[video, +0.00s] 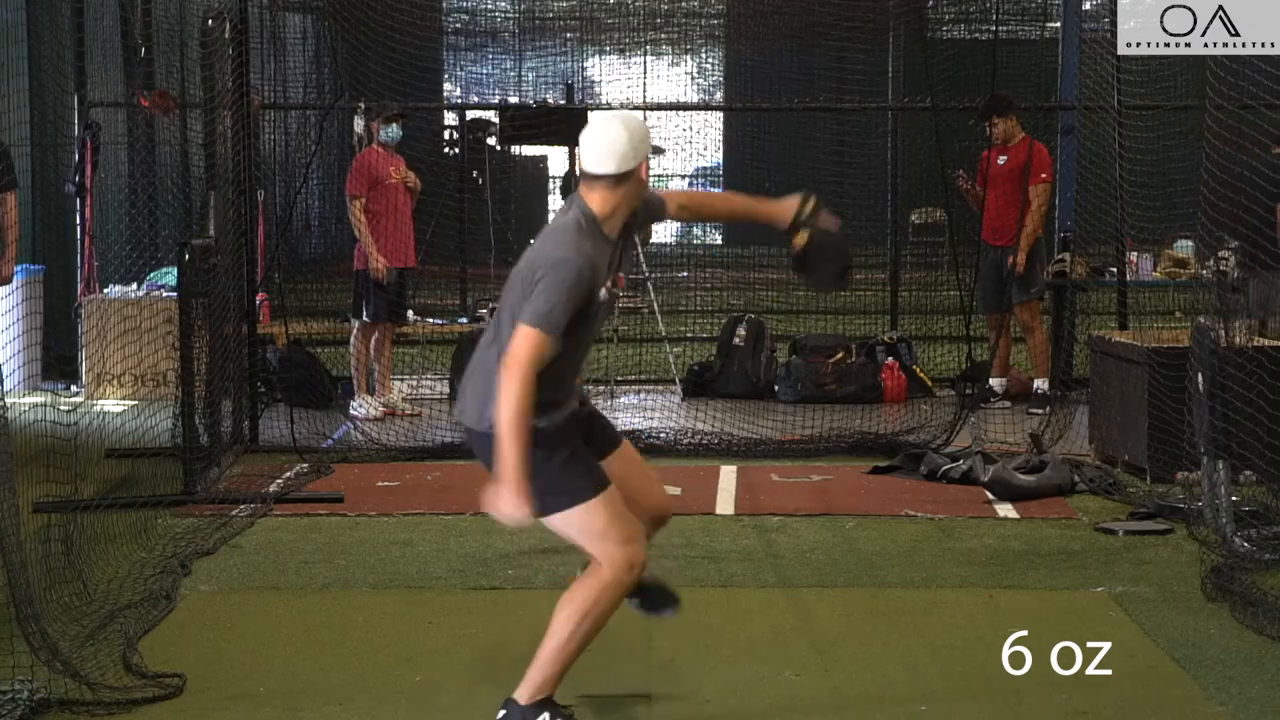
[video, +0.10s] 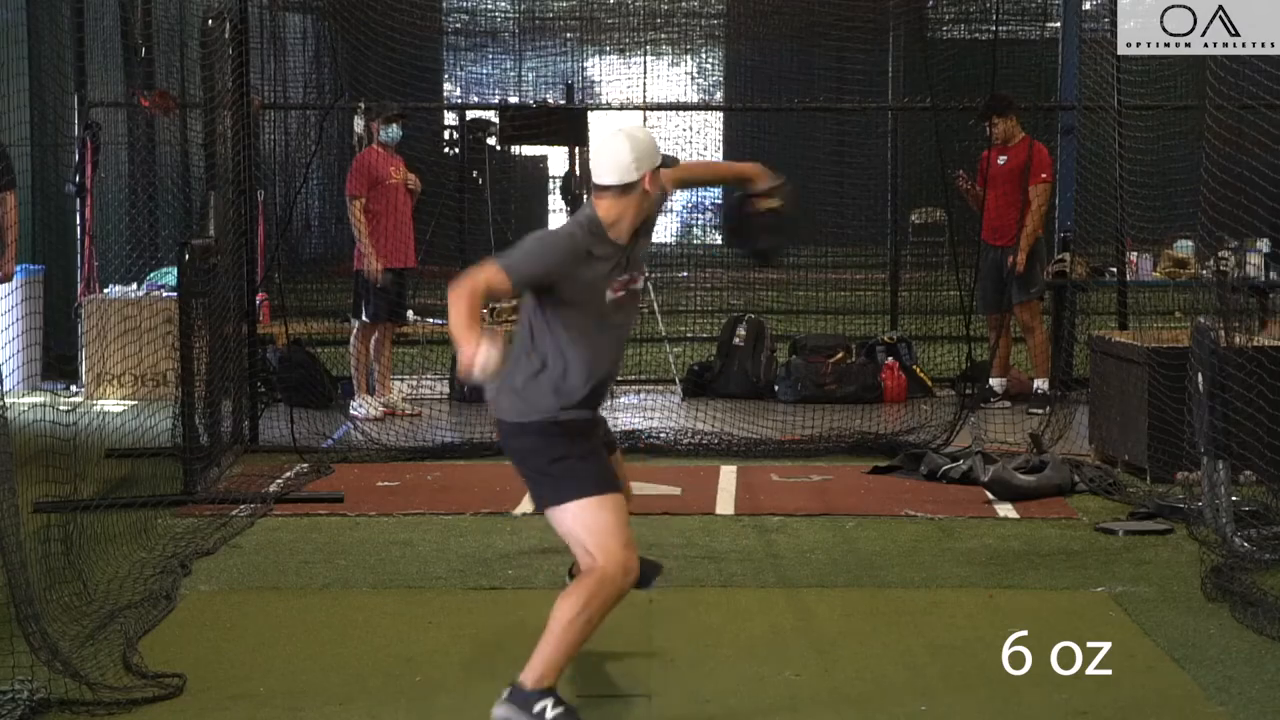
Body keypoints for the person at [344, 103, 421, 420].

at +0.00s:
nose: (394, 129)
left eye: (397, 123)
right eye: (387, 124)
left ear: (400, 128)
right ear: (373, 127)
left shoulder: (399, 163)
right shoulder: (365, 160)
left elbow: (405, 206)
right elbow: (355, 209)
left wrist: (415, 187)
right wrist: (373, 253)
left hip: (398, 258)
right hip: (374, 257)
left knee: (387, 327)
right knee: (366, 326)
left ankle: (384, 394)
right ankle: (360, 397)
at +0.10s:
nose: (394, 129)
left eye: (397, 124)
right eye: (388, 124)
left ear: (399, 128)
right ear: (373, 127)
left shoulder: (398, 163)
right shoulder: (365, 160)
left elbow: (401, 209)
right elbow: (355, 210)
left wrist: (415, 191)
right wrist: (369, 253)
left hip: (398, 258)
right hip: (374, 259)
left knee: (387, 328)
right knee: (366, 327)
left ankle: (384, 394)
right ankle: (360, 397)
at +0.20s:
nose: (395, 130)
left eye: (398, 124)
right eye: (388, 124)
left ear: (400, 129)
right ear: (373, 127)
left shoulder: (398, 164)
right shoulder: (365, 161)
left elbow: (401, 206)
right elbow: (356, 210)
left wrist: (414, 189)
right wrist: (361, 255)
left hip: (398, 259)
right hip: (374, 259)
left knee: (387, 328)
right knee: (366, 328)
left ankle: (384, 395)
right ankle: (360, 397)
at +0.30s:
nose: (397, 130)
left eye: (400, 124)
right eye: (390, 125)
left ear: (402, 129)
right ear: (375, 127)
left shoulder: (398, 164)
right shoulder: (366, 161)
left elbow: (401, 208)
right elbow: (356, 212)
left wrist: (413, 189)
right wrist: (358, 256)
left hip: (398, 260)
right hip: (374, 261)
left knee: (386, 329)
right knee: (366, 328)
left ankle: (384, 395)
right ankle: (359, 397)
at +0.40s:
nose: (399, 130)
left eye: (401, 125)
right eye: (392, 125)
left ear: (404, 129)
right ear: (376, 127)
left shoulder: (399, 165)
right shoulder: (367, 161)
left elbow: (400, 209)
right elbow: (356, 212)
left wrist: (415, 190)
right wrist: (359, 257)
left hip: (398, 260)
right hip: (375, 261)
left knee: (386, 328)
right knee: (366, 328)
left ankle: (384, 394)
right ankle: (359, 397)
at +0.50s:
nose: (401, 130)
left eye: (403, 124)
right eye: (394, 124)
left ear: (405, 128)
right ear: (379, 126)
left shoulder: (399, 163)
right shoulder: (371, 160)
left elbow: (400, 205)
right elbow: (360, 208)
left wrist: (416, 190)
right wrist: (366, 256)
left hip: (400, 260)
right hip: (378, 260)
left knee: (387, 329)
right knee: (366, 327)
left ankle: (384, 395)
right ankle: (360, 398)